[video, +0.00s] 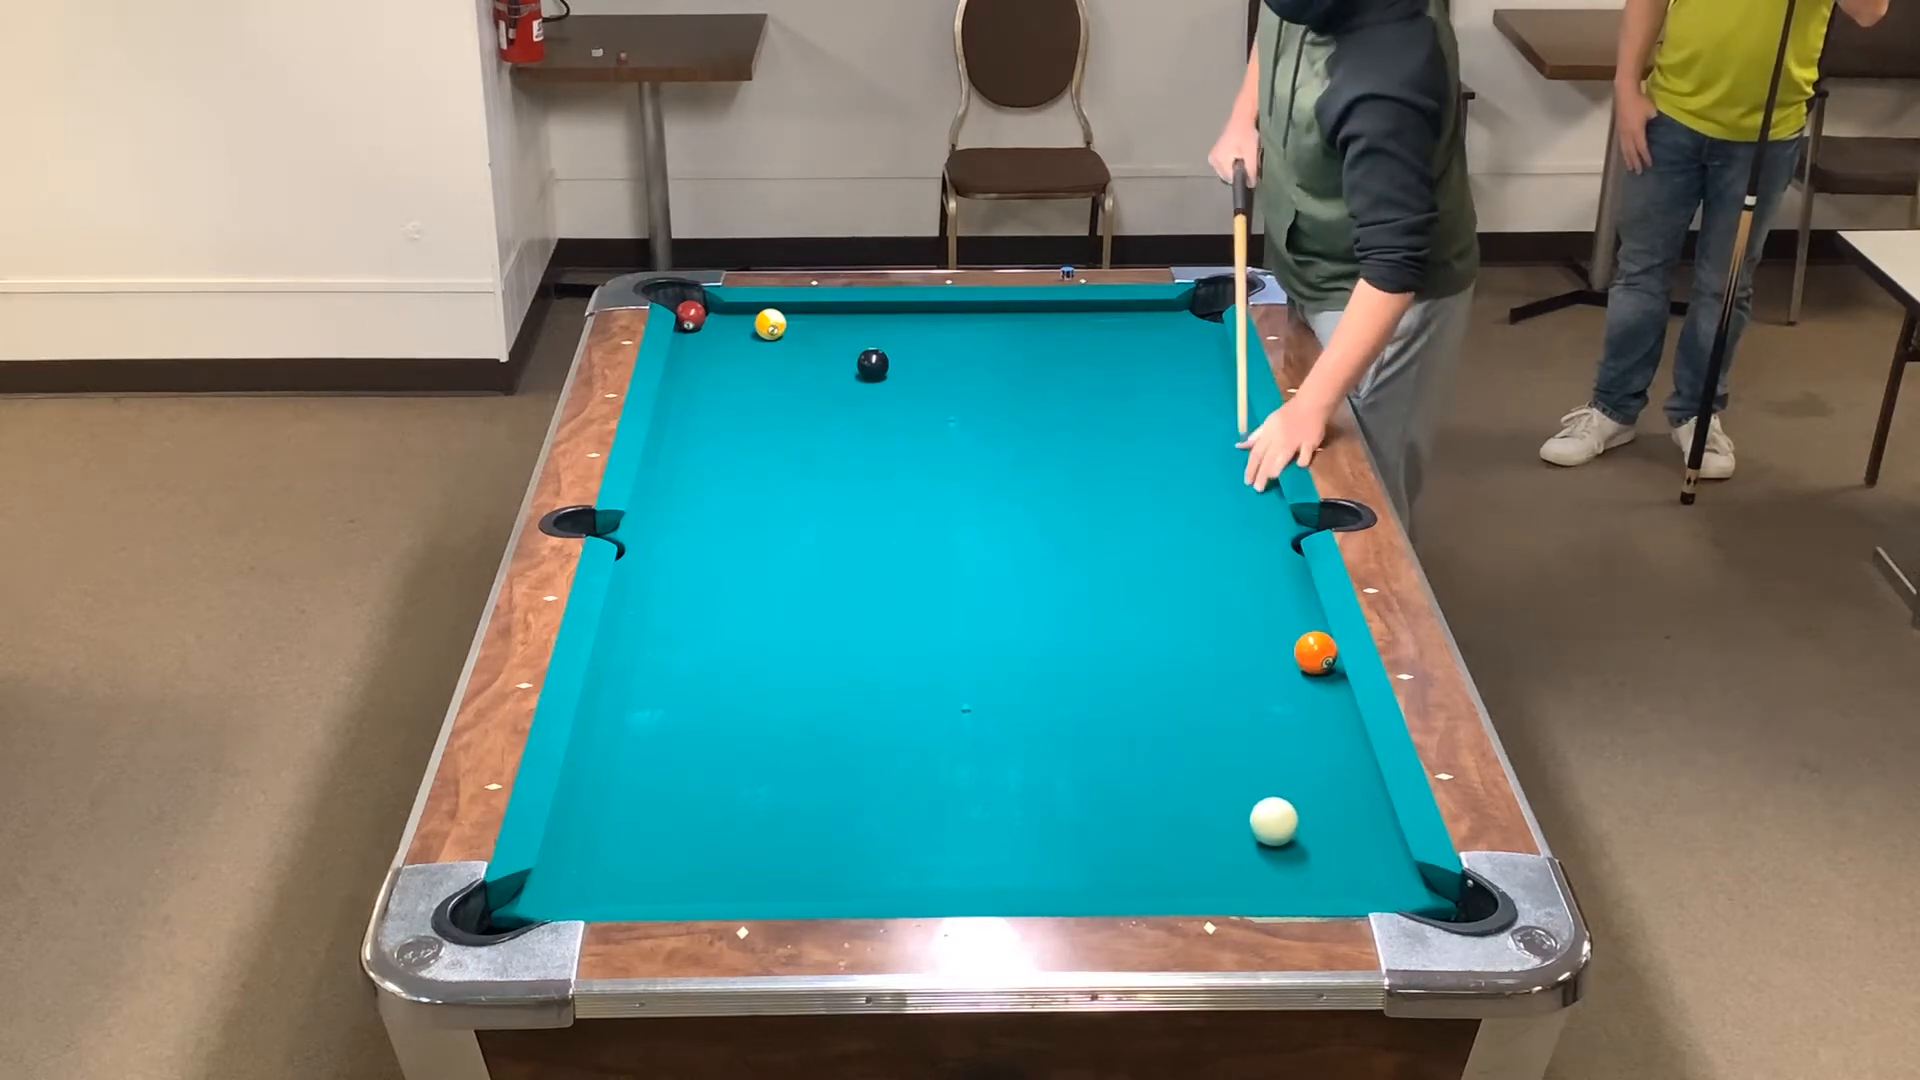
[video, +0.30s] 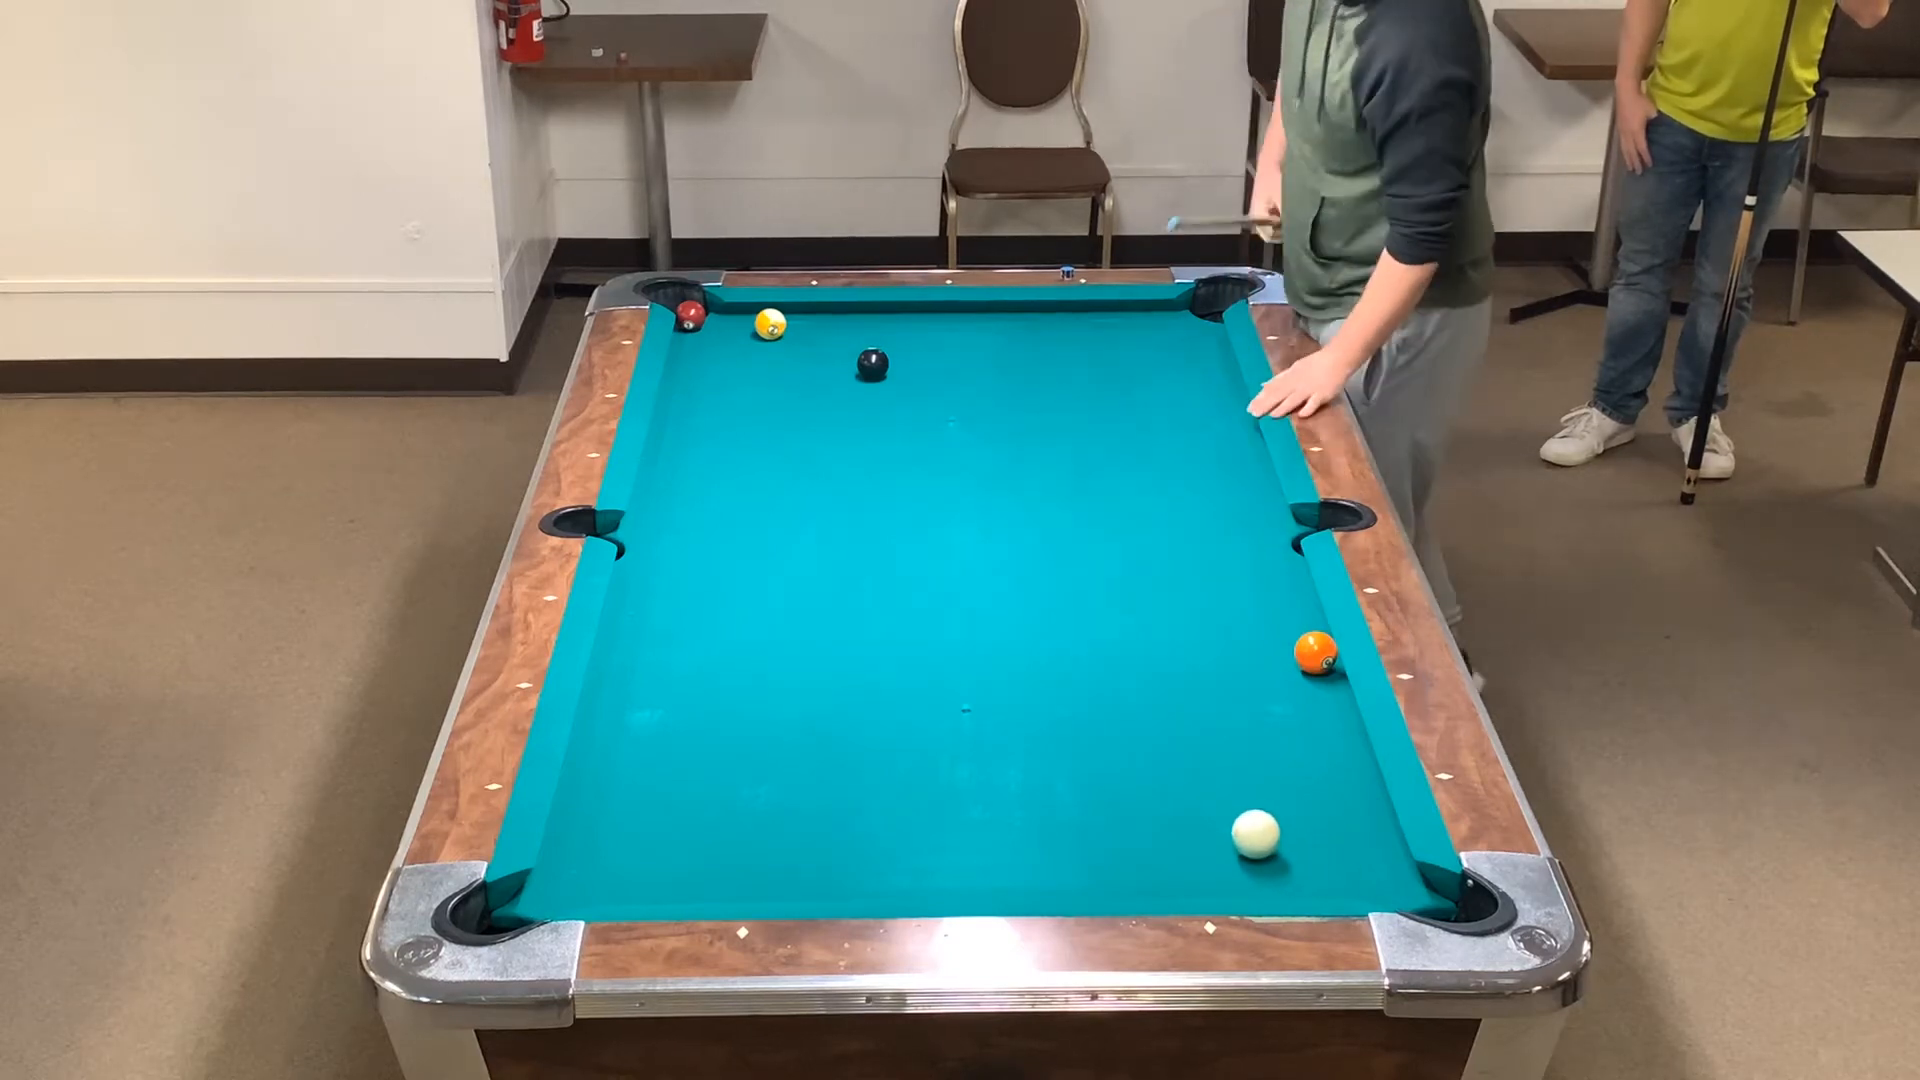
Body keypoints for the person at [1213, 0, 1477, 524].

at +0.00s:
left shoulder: (1383, 86)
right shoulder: (1301, 6)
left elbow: (1394, 268)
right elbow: (1275, 35)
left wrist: (1311, 405)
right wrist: (1243, 118)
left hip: (1390, 302)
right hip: (1322, 272)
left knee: (1368, 493)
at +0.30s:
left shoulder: (1423, 39)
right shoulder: (1317, 3)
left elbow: (1419, 240)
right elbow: (1299, 81)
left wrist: (1334, 361)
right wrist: (1271, 164)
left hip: (1410, 314)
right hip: (1338, 292)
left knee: (1379, 521)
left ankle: (1438, 680)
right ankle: (1429, 645)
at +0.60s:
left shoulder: (1472, 16)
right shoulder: (1372, 4)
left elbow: (1460, 206)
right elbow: (1371, 96)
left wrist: (1352, 338)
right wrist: (1321, 182)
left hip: (1444, 318)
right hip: (1378, 295)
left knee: (1379, 529)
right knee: (1380, 492)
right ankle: (1478, 648)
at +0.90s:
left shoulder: (1580, 9)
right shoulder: (1412, 8)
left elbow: (1606, 172)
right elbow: (1400, 83)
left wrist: (1519, 324)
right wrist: (1385, 197)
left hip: (1545, 298)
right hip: (1437, 275)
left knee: (1430, 514)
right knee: (1452, 491)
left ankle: (1375, 696)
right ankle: (1491, 665)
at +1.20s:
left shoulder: (1697, 13)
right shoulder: (1477, 6)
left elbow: (1730, 180)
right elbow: (1437, 82)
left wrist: (1670, 346)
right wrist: (1424, 210)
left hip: (1613, 320)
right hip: (1479, 297)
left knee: (1629, 550)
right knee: (1481, 501)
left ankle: (1651, 777)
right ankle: (1491, 665)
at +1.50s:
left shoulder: (1852, 16)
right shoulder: (1597, 6)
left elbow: (1890, 188)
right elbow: (1517, 144)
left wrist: (1812, 345)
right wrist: (1533, 274)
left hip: (1762, 378)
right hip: (1603, 355)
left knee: (1729, 594)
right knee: (1515, 562)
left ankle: (1678, 790)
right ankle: (1494, 666)